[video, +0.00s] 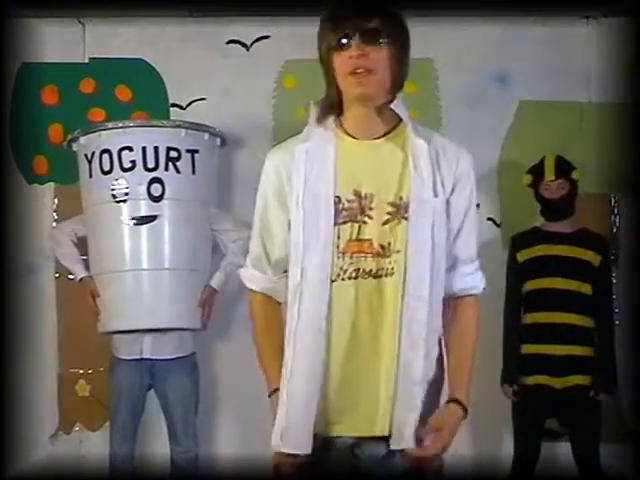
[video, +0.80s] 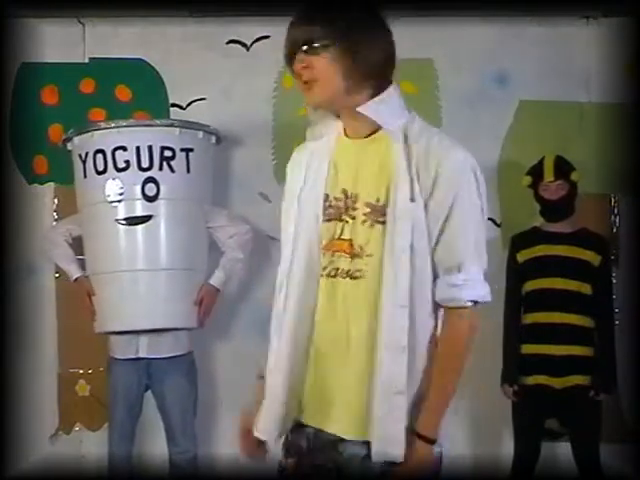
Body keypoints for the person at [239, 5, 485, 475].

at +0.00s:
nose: (357, 54)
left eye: (374, 39)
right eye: (342, 42)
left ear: (400, 54)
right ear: (327, 60)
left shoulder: (448, 164)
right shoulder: (287, 163)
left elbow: (462, 291)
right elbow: (264, 285)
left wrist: (457, 401)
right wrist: (279, 394)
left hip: (408, 425)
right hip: (311, 422)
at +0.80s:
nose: (298, 67)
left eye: (313, 48)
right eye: (294, 54)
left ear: (359, 50)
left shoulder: (443, 164)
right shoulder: (306, 161)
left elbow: (460, 311)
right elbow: (291, 292)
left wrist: (425, 435)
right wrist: (265, 402)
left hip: (389, 435)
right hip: (306, 423)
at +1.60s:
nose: (304, 112)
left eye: (307, 100)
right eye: (305, 101)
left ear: (320, 103)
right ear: (369, 100)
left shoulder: (384, 168)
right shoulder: (331, 174)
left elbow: (418, 284)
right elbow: (320, 238)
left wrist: (409, 403)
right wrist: (265, 225)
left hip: (366, 410)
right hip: (320, 403)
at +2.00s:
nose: (306, 118)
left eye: (310, 105)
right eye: (307, 106)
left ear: (324, 108)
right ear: (369, 107)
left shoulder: (390, 173)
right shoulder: (332, 178)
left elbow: (418, 289)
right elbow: (317, 247)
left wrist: (406, 402)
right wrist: (257, 231)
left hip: (367, 412)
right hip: (310, 407)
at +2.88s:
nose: (337, 110)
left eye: (351, 96)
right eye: (323, 99)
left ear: (373, 107)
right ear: (307, 113)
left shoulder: (426, 174)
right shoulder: (289, 206)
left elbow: (470, 257)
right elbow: (288, 320)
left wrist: (517, 337)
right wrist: (316, 417)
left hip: (424, 417)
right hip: (340, 421)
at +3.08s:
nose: (358, 111)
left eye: (371, 96)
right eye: (341, 100)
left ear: (392, 106)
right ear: (324, 116)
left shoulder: (443, 176)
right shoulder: (300, 209)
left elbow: (471, 266)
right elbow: (297, 327)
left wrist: (504, 346)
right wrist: (327, 426)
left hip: (434, 419)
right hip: (347, 423)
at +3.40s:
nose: (383, 103)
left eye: (390, 90)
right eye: (364, 93)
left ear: (402, 99)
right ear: (331, 106)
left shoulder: (428, 171)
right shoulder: (297, 208)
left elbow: (469, 248)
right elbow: (290, 340)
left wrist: (522, 308)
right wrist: (336, 438)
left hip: (421, 422)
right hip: (337, 428)